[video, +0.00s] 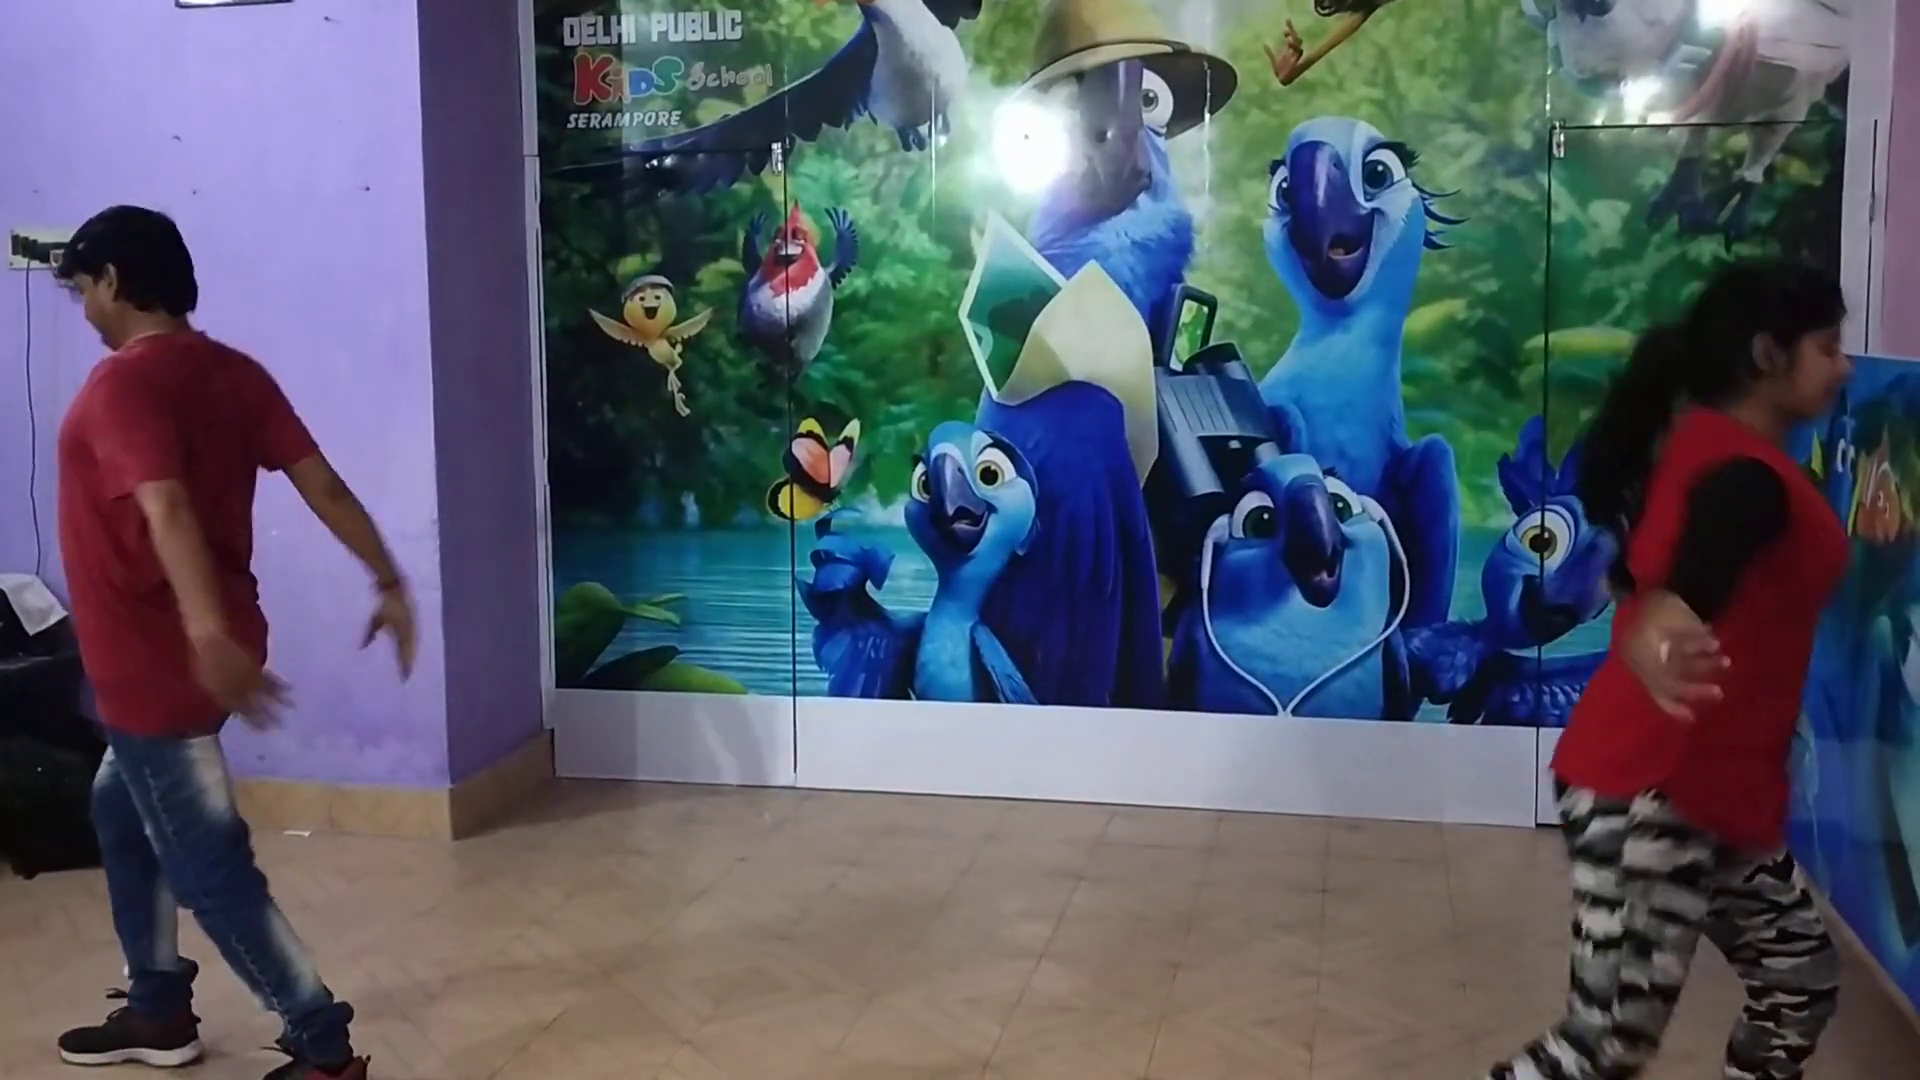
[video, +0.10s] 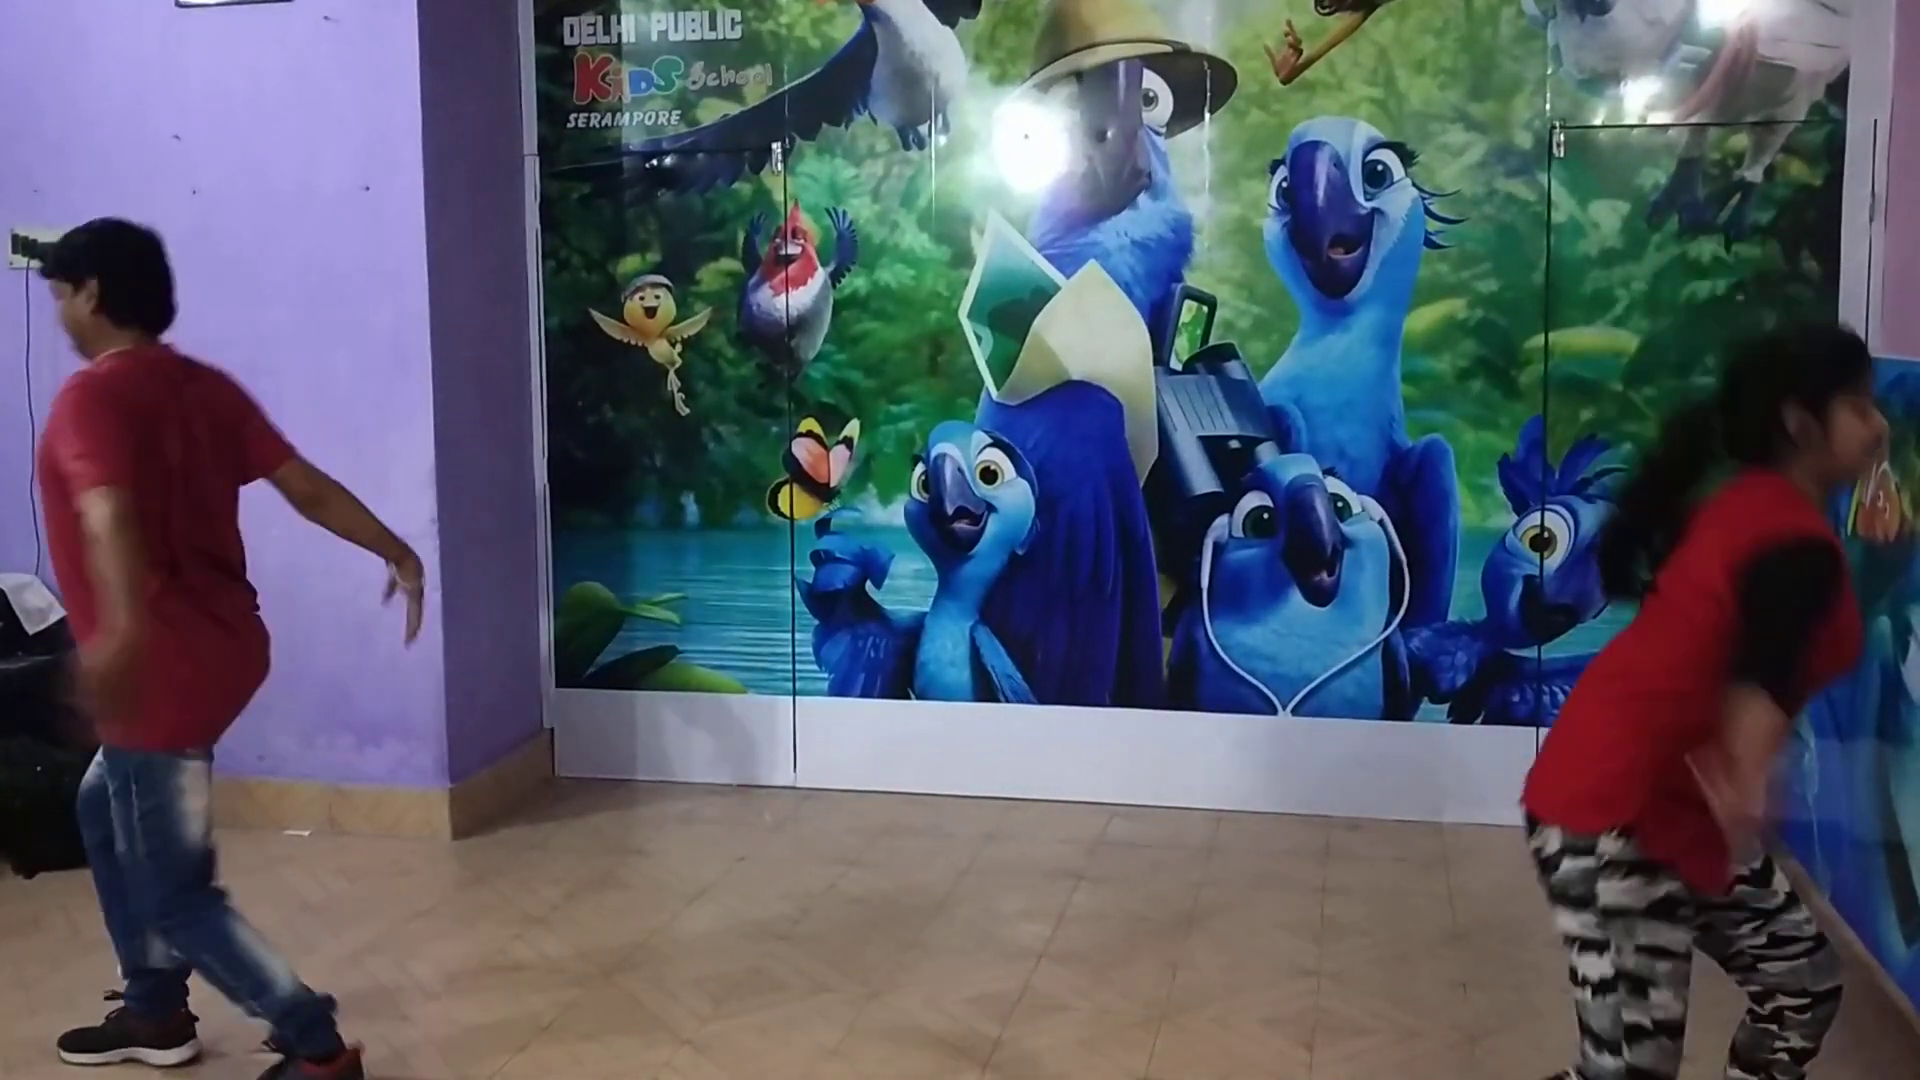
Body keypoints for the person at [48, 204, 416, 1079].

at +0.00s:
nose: (79, 307)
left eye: (80, 288)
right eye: (76, 291)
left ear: (110, 283)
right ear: (174, 281)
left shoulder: (122, 386)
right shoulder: (236, 372)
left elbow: (168, 507)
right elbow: (319, 481)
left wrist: (211, 635)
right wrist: (387, 575)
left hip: (148, 672)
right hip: (215, 650)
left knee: (211, 867)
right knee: (120, 810)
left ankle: (324, 1046)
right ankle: (157, 1010)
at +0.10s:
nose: (56, 307)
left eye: (61, 291)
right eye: (57, 291)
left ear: (92, 297)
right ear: (148, 299)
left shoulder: (89, 398)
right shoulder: (208, 386)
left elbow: (107, 516)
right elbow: (301, 481)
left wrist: (120, 631)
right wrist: (396, 549)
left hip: (154, 664)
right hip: (225, 648)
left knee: (177, 901)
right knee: (105, 810)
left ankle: (317, 1045)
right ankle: (153, 1011)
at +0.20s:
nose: (12, 346)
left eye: (20, 330)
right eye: (14, 329)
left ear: (50, 336)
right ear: (101, 339)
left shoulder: (43, 436)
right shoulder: (161, 420)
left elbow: (30, 555)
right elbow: (264, 506)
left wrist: (9, 644)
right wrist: (357, 555)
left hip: (183, 690)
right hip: (251, 667)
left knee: (135, 903)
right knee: (99, 805)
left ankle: (296, 1032)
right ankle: (151, 1012)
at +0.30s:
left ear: (4, 418)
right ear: (59, 413)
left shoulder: (20, 504)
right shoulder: (112, 478)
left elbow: (9, 609)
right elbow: (180, 568)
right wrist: (261, 600)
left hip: (213, 708)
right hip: (270, 677)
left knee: (128, 912)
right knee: (108, 803)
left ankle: (297, 1034)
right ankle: (153, 1015)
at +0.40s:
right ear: (34, 487)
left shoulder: (18, 564)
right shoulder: (82, 529)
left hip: (231, 713)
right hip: (290, 680)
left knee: (124, 913)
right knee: (119, 803)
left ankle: (300, 1037)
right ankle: (152, 1014)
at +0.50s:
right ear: (28, 532)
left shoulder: (15, 596)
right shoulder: (83, 573)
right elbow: (80, 708)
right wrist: (13, 783)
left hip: (239, 716)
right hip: (302, 685)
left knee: (132, 914)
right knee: (129, 800)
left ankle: (303, 1040)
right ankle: (154, 1017)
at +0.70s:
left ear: (7, 536)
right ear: (28, 511)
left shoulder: (23, 553)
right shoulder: (104, 537)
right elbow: (78, 685)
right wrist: (2, 746)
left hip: (238, 698)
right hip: (302, 670)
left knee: (148, 906)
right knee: (137, 801)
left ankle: (308, 1042)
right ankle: (157, 1015)